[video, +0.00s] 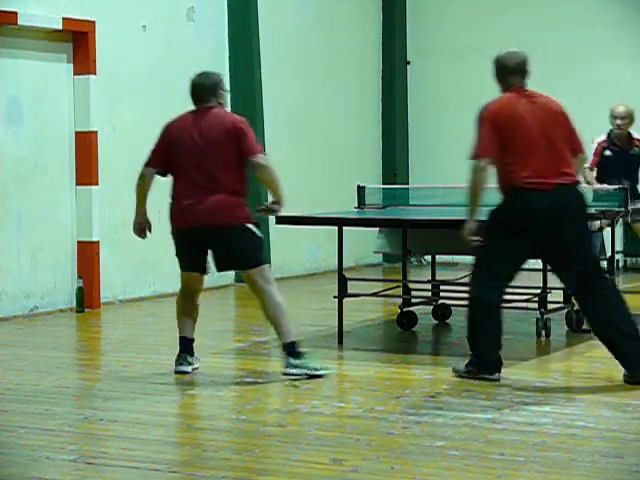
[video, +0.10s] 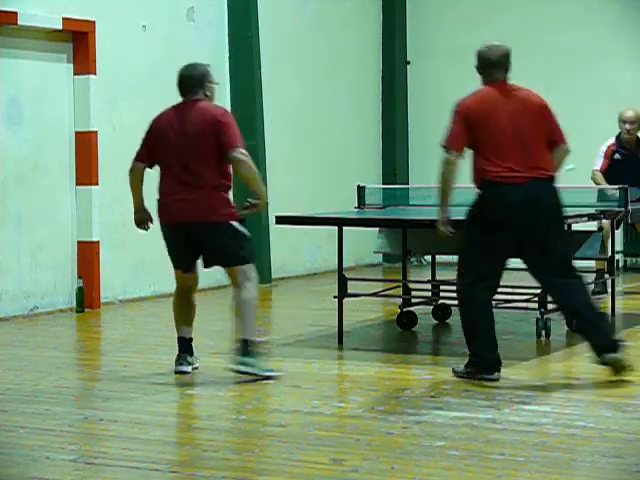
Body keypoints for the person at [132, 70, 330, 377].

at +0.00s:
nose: (227, 96)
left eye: (225, 91)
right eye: (225, 92)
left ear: (194, 97)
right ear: (220, 95)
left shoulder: (175, 128)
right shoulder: (235, 124)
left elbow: (147, 174)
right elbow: (258, 162)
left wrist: (140, 213)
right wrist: (278, 195)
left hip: (186, 222)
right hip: (230, 219)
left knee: (189, 287)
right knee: (264, 283)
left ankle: (185, 355)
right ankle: (293, 354)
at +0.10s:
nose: (215, 89)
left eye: (213, 85)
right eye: (213, 85)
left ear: (183, 89)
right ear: (205, 88)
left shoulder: (162, 121)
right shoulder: (219, 116)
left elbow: (137, 167)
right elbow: (237, 157)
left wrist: (139, 206)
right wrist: (261, 193)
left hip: (173, 218)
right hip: (215, 215)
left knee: (185, 284)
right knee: (245, 278)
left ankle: (184, 355)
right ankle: (246, 354)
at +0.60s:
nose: (172, 78)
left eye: (172, 73)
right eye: (170, 73)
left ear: (139, 77)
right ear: (159, 76)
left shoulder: (115, 106)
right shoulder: (163, 107)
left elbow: (93, 154)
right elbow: (173, 158)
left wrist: (87, 198)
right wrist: (197, 187)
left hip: (110, 209)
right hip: (144, 212)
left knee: (137, 281)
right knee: (145, 284)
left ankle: (131, 354)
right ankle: (123, 364)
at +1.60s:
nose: (159, 82)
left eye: (158, 77)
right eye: (156, 77)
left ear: (127, 80)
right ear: (143, 81)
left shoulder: (102, 110)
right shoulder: (143, 112)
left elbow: (80, 162)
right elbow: (147, 166)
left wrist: (88, 200)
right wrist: (174, 197)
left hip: (91, 216)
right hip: (128, 217)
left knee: (89, 284)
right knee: (152, 286)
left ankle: (60, 361)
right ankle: (139, 366)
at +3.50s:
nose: (332, 81)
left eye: (331, 76)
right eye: (326, 77)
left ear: (311, 84)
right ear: (305, 83)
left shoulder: (308, 113)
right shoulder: (298, 111)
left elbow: (303, 161)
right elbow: (291, 160)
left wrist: (338, 169)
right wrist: (335, 169)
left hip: (276, 217)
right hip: (287, 218)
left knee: (293, 286)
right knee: (331, 281)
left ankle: (232, 331)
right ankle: (327, 361)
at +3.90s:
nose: (285, 75)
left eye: (284, 69)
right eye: (277, 71)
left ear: (281, 75)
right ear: (257, 79)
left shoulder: (293, 108)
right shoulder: (238, 115)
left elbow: (313, 147)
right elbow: (211, 160)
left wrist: (319, 167)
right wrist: (194, 202)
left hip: (289, 213)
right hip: (252, 214)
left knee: (285, 284)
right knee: (283, 274)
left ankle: (254, 352)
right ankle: (306, 354)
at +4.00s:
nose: (274, 71)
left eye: (274, 65)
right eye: (266, 67)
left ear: (274, 71)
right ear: (245, 74)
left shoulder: (286, 105)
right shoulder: (226, 113)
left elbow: (308, 144)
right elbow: (200, 158)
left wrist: (308, 165)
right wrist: (173, 200)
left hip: (280, 211)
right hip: (242, 211)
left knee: (277, 279)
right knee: (264, 273)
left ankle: (255, 349)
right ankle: (267, 354)